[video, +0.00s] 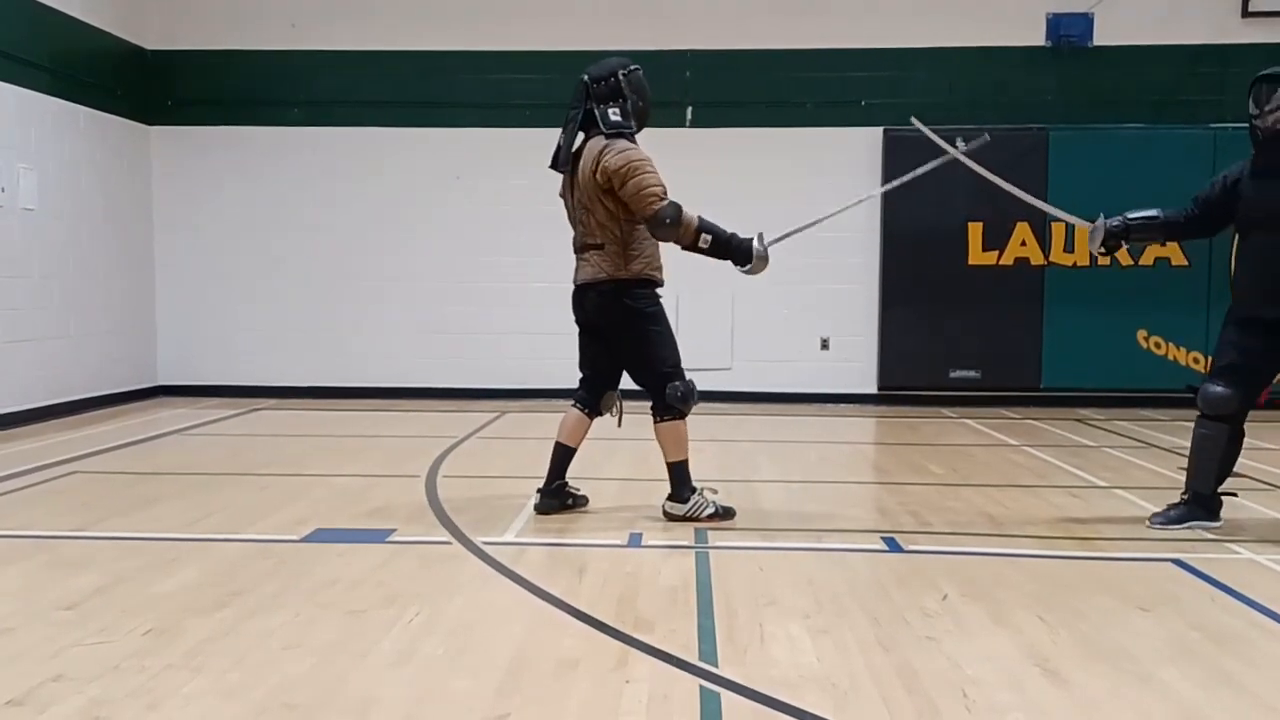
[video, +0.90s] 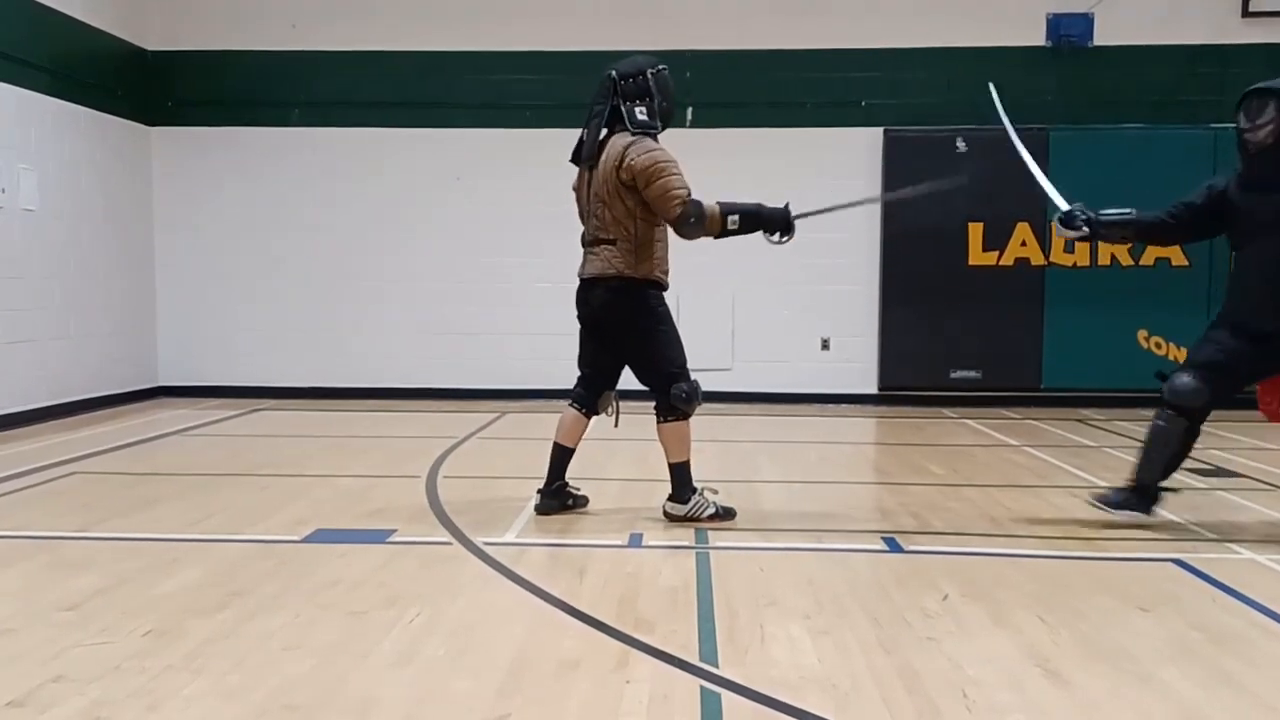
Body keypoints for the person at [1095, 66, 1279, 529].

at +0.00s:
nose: (1270, 118)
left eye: (1277, 110)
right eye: (1267, 110)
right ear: (1256, 117)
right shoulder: (1252, 173)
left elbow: (1199, 218)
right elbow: (1199, 218)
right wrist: (1127, 226)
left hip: (1270, 313)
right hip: (1255, 311)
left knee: (1224, 396)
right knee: (1220, 397)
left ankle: (1201, 498)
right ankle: (1200, 500)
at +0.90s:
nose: (1253, 128)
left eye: (1265, 117)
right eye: (1248, 118)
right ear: (1240, 126)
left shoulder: (1269, 184)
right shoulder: (1238, 190)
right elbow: (1174, 224)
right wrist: (1097, 223)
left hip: (1269, 322)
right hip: (1250, 320)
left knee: (1191, 388)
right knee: (1186, 389)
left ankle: (1143, 488)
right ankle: (1142, 490)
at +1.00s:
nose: (1220, 133)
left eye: (1234, 125)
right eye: (1218, 124)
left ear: (1263, 132)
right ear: (1211, 128)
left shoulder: (1271, 189)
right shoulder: (1211, 194)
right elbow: (1144, 225)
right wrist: (1069, 217)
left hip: (1270, 328)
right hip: (1223, 328)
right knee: (1165, 403)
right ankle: (1103, 491)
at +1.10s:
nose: (1179, 144)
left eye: (1193, 134)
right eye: (1178, 134)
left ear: (1224, 141)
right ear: (1171, 138)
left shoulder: (1261, 194)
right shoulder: (1166, 201)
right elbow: (1102, 219)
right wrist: (1036, 202)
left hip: (1251, 341)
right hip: (1179, 343)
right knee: (1124, 405)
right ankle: (1083, 500)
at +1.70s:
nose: (1193, 138)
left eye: (1207, 130)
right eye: (1194, 128)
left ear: (1239, 133)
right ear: (1192, 130)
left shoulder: (1268, 188)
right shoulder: (1190, 195)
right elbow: (1137, 240)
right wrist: (1076, 255)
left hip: (1252, 333)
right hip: (1184, 330)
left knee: (1274, 429)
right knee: (1134, 406)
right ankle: (1087, 496)